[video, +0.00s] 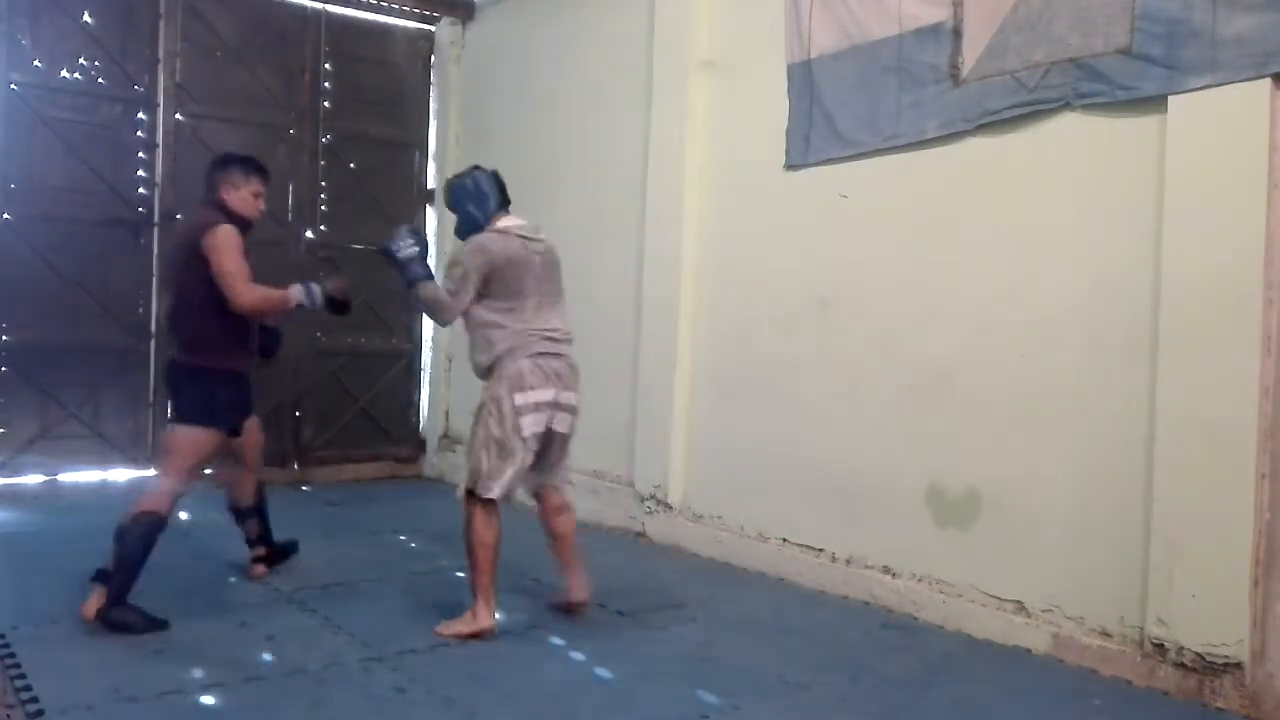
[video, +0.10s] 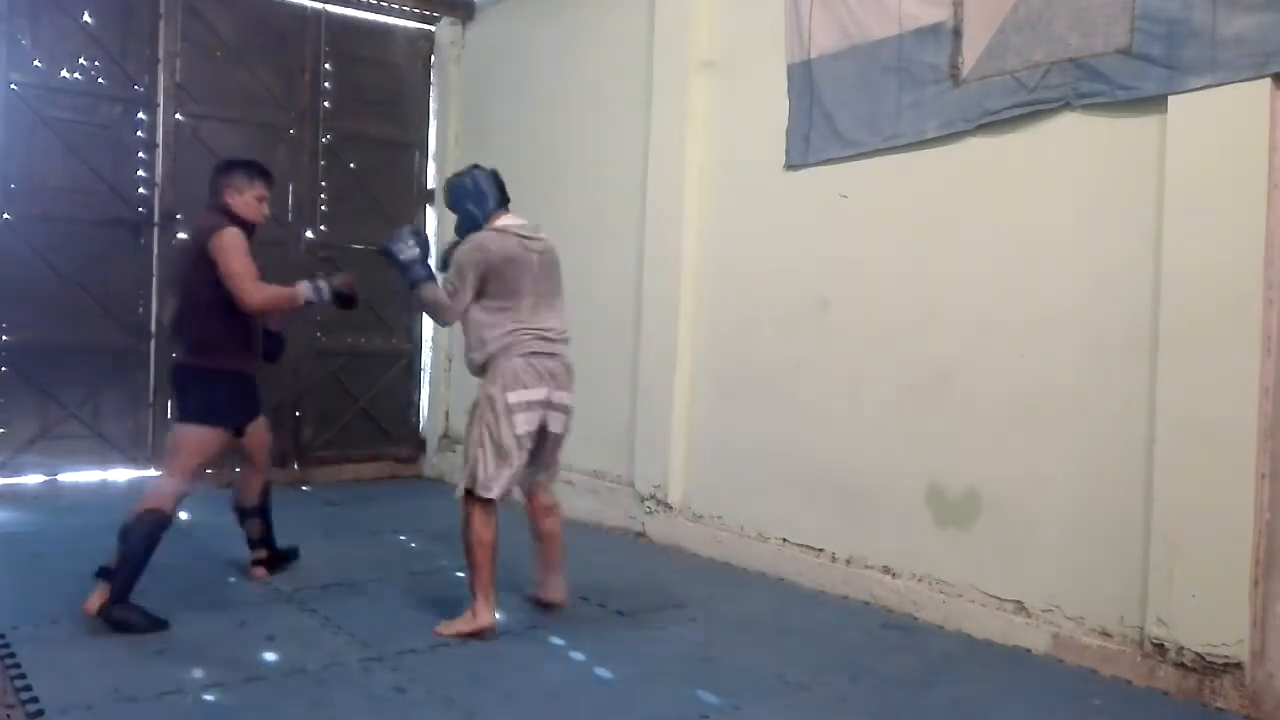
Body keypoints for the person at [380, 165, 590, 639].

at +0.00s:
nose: (454, 221)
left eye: (455, 211)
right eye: (452, 212)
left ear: (473, 207)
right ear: (502, 202)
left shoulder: (479, 249)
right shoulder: (544, 248)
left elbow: (445, 309)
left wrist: (414, 267)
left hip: (515, 382)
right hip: (563, 380)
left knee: (483, 495)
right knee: (548, 482)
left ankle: (483, 610)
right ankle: (577, 585)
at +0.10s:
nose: (454, 218)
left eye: (455, 208)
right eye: (453, 209)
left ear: (468, 207)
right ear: (501, 200)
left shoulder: (475, 248)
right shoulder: (543, 246)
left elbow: (449, 310)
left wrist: (417, 272)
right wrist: (444, 265)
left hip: (510, 382)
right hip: (558, 380)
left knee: (481, 497)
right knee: (538, 484)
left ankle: (482, 609)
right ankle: (553, 585)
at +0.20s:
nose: (454, 224)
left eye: (455, 216)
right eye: (452, 216)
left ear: (467, 217)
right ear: (501, 209)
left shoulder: (469, 262)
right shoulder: (538, 255)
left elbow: (464, 332)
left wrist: (434, 322)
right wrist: (459, 260)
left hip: (489, 383)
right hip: (536, 381)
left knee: (435, 477)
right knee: (505, 486)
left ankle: (453, 568)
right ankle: (498, 580)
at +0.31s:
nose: (451, 220)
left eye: (452, 213)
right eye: (450, 213)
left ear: (461, 212)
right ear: (496, 205)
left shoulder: (456, 255)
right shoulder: (537, 252)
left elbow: (448, 322)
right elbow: (537, 310)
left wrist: (455, 354)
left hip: (475, 376)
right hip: (527, 378)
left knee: (435, 471)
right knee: (508, 478)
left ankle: (429, 564)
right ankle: (501, 575)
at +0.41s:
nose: (451, 219)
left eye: (451, 212)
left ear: (455, 213)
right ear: (496, 207)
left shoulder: (442, 259)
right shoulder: (532, 250)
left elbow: (437, 320)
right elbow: (525, 295)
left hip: (456, 378)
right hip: (512, 379)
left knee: (440, 473)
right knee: (516, 478)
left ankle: (408, 569)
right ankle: (512, 572)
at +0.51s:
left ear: (460, 220)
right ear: (501, 218)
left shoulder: (446, 261)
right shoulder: (521, 253)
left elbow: (435, 308)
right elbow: (527, 315)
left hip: (444, 380)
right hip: (494, 382)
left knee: (436, 477)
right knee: (524, 473)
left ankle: (401, 575)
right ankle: (507, 569)